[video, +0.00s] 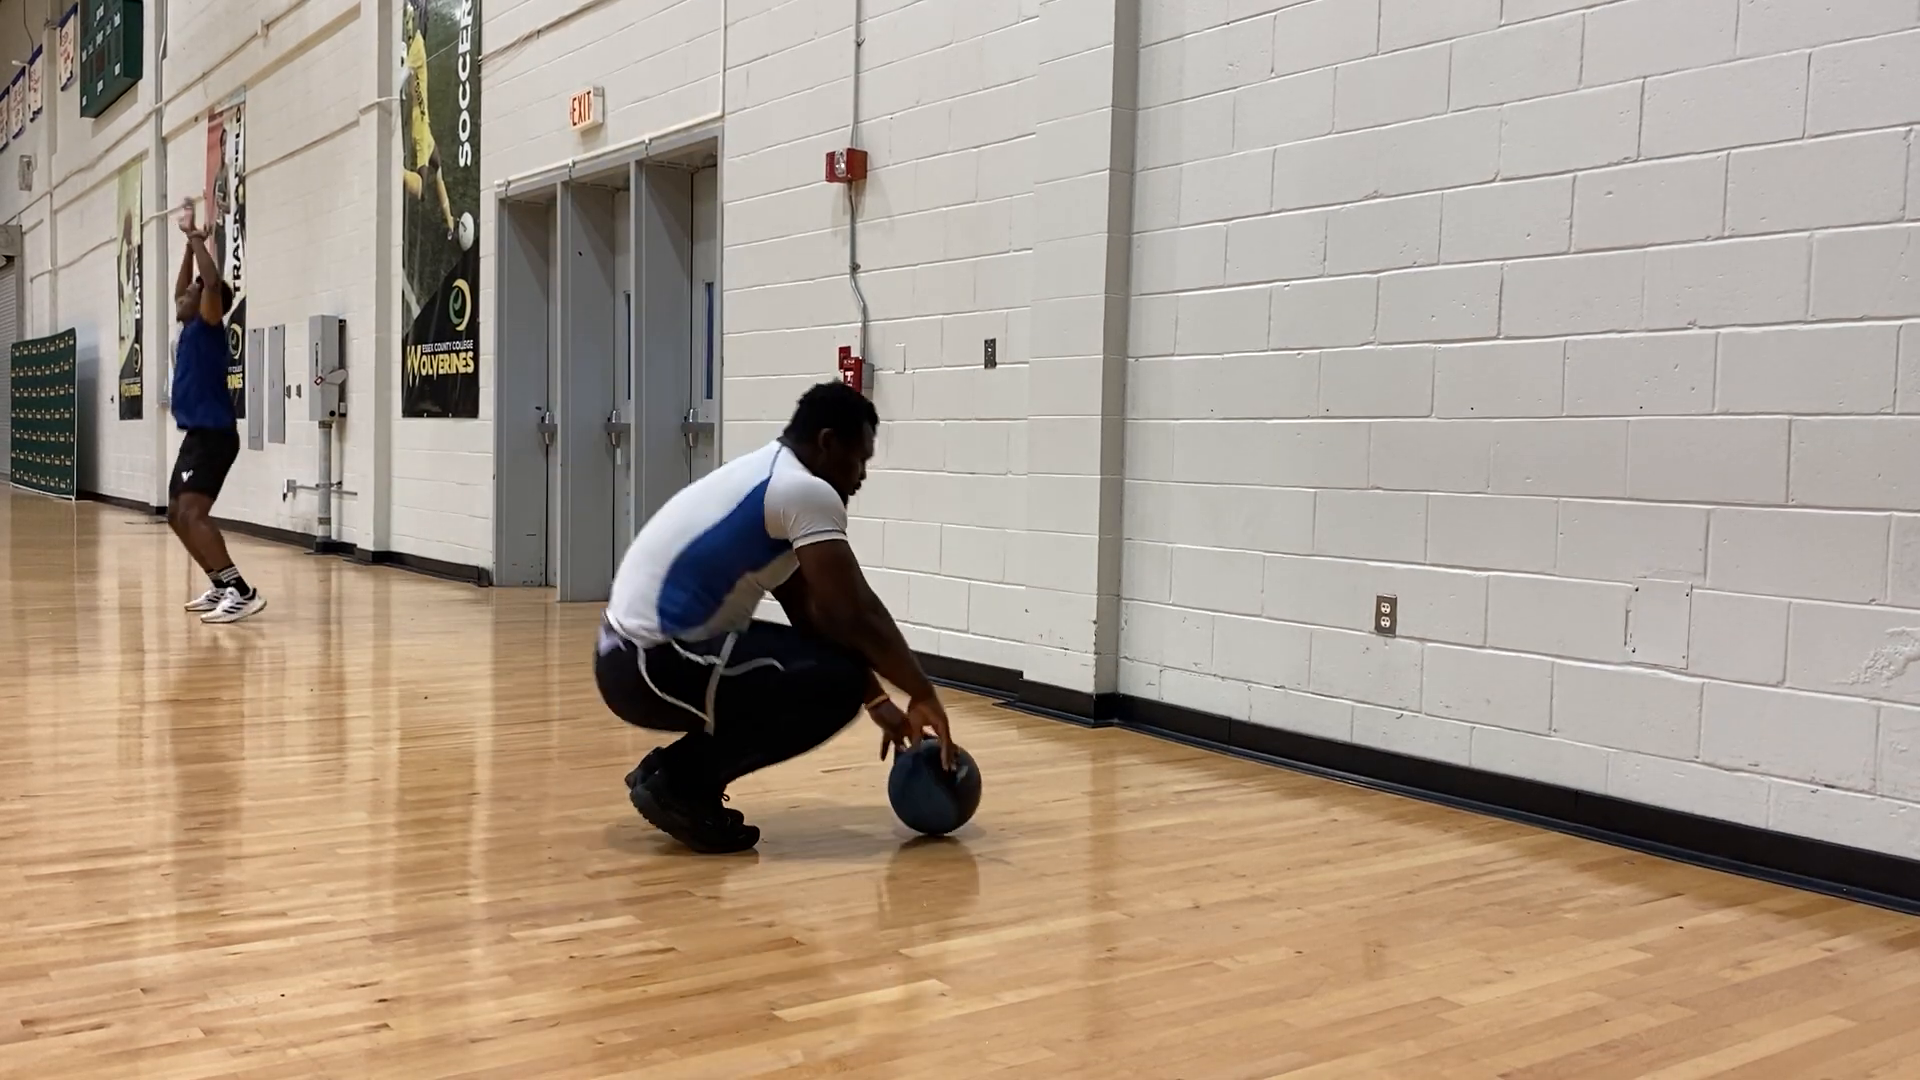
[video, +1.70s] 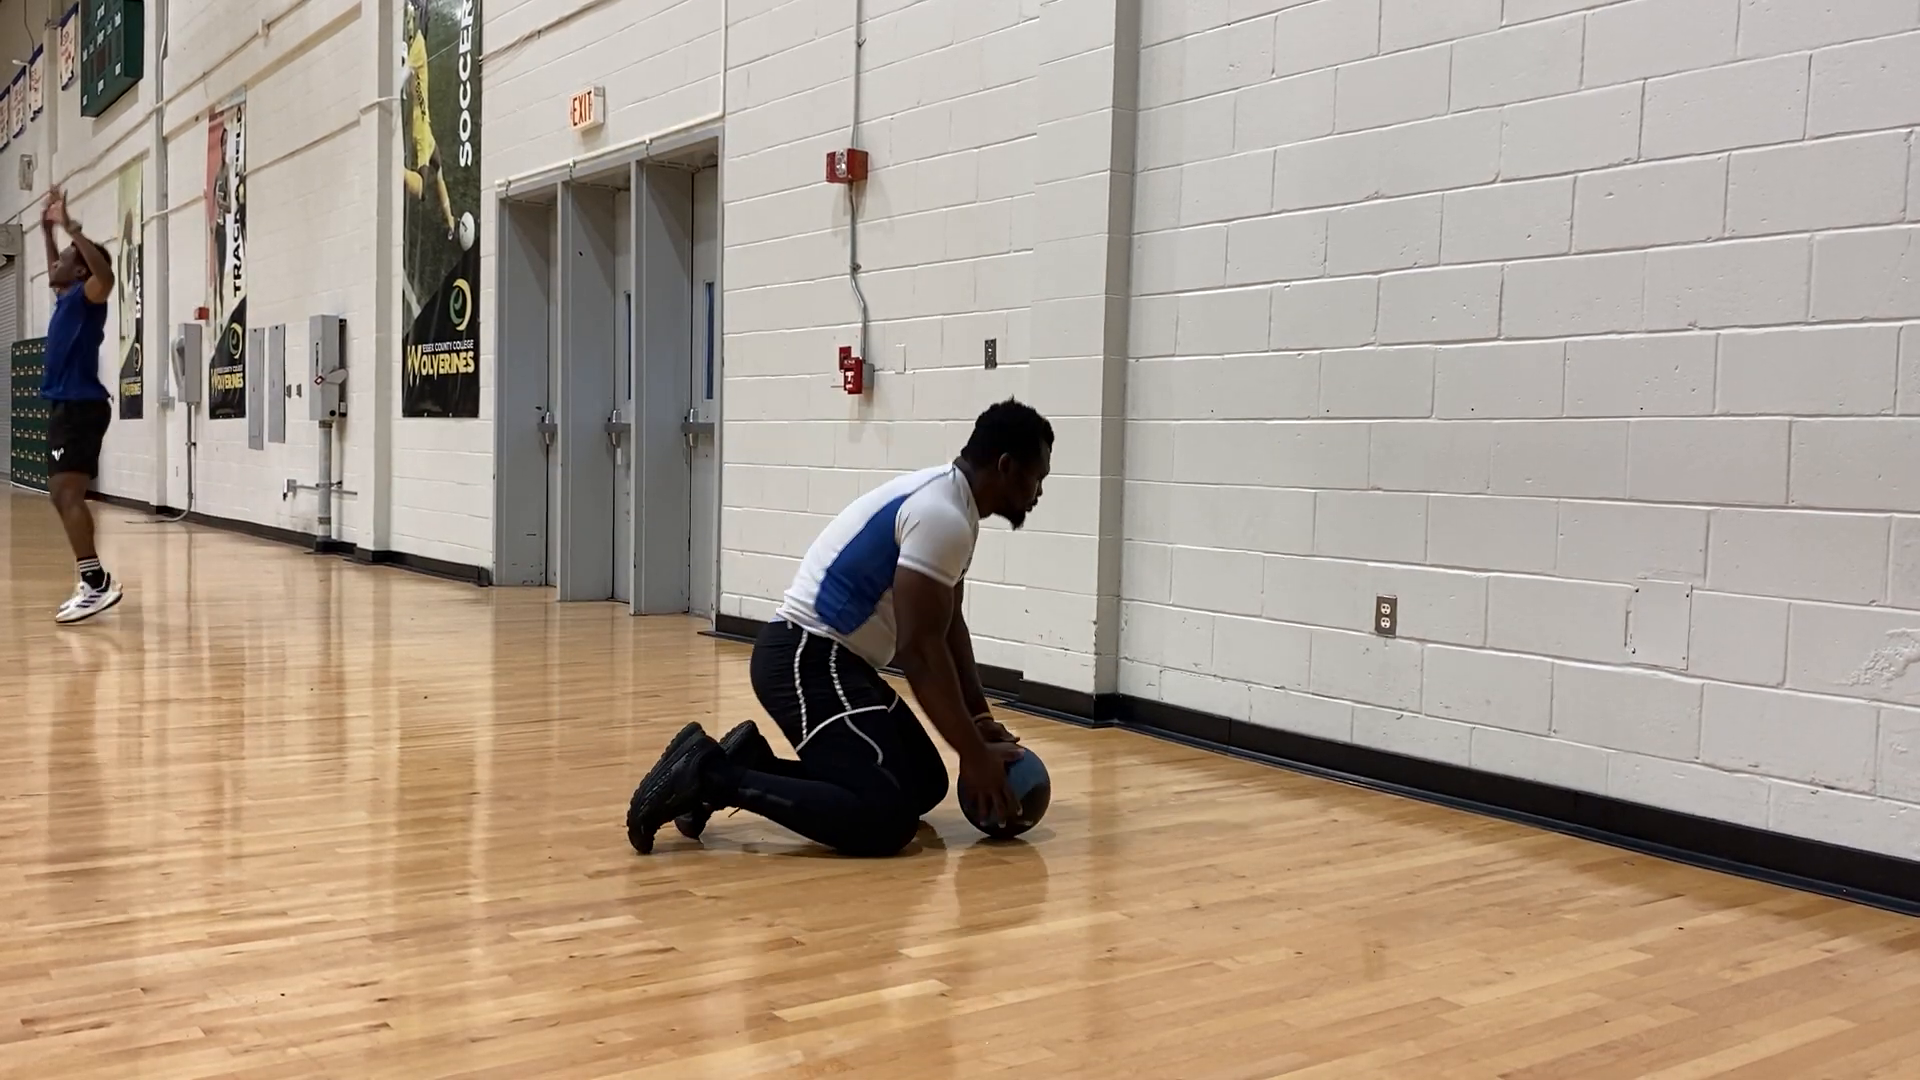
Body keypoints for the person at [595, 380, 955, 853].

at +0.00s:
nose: (863, 475)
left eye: (868, 460)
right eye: (862, 458)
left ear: (816, 440)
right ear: (827, 443)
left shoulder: (765, 474)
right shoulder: (805, 491)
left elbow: (812, 618)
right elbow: (853, 612)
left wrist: (876, 701)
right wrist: (924, 694)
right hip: (656, 664)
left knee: (826, 663)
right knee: (838, 685)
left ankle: (680, 774)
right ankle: (683, 785)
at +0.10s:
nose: (847, 458)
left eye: (849, 444)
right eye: (843, 442)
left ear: (797, 430)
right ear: (805, 430)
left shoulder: (751, 476)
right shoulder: (782, 494)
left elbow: (816, 622)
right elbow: (845, 614)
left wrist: (895, 693)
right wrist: (929, 677)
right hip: (700, 686)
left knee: (867, 688)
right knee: (881, 718)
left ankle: (700, 766)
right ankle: (704, 779)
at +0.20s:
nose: (848, 434)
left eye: (848, 419)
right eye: (842, 418)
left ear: (794, 410)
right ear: (802, 412)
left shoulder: (744, 462)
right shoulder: (776, 480)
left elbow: (802, 615)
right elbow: (810, 612)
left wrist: (876, 673)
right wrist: (903, 668)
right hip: (740, 684)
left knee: (900, 733)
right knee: (909, 762)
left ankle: (722, 765)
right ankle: (722, 777)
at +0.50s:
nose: (907, 409)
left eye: (904, 394)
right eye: (899, 393)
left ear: (854, 397)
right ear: (864, 398)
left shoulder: (783, 467)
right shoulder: (855, 480)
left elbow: (801, 592)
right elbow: (881, 618)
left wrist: (876, 654)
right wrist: (943, 709)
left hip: (780, 684)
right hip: (819, 690)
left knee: (922, 791)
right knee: (938, 826)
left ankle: (750, 755)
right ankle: (761, 776)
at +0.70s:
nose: (964, 419)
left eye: (964, 405)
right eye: (959, 403)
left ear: (910, 399)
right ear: (927, 400)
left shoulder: (848, 453)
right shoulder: (910, 471)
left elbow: (866, 595)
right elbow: (932, 611)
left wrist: (937, 658)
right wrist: (978, 695)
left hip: (807, 661)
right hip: (840, 671)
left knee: (925, 796)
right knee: (944, 823)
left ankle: (761, 754)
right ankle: (768, 764)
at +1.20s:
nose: (1032, 464)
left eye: (1036, 451)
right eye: (1032, 448)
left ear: (985, 424)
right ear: (1007, 428)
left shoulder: (936, 456)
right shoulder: (960, 456)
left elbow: (927, 611)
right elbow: (951, 579)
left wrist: (975, 690)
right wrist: (985, 691)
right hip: (851, 642)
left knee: (919, 787)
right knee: (928, 809)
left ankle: (763, 742)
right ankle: (762, 758)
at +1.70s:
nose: (1041, 493)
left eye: (1044, 479)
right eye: (1038, 477)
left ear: (994, 461)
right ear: (1005, 466)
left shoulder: (953, 509)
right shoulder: (941, 513)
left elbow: (949, 631)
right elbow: (916, 651)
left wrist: (981, 722)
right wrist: (973, 753)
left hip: (836, 658)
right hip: (806, 657)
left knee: (921, 785)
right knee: (882, 823)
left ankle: (757, 766)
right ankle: (711, 777)